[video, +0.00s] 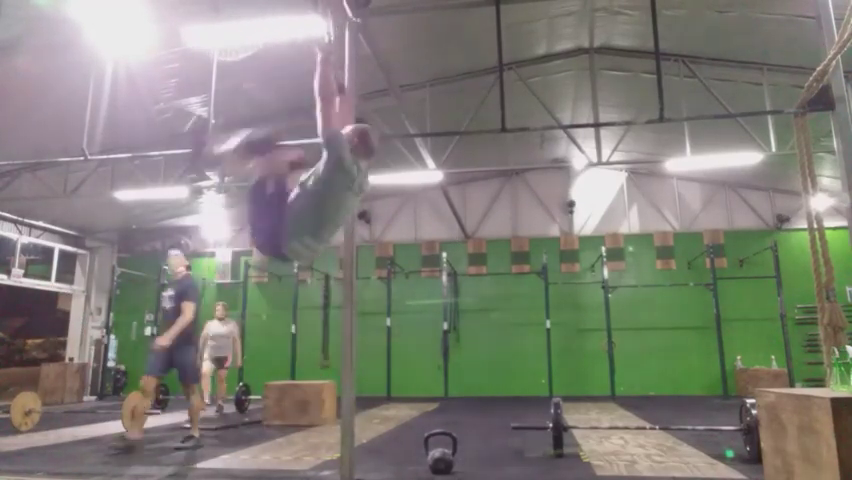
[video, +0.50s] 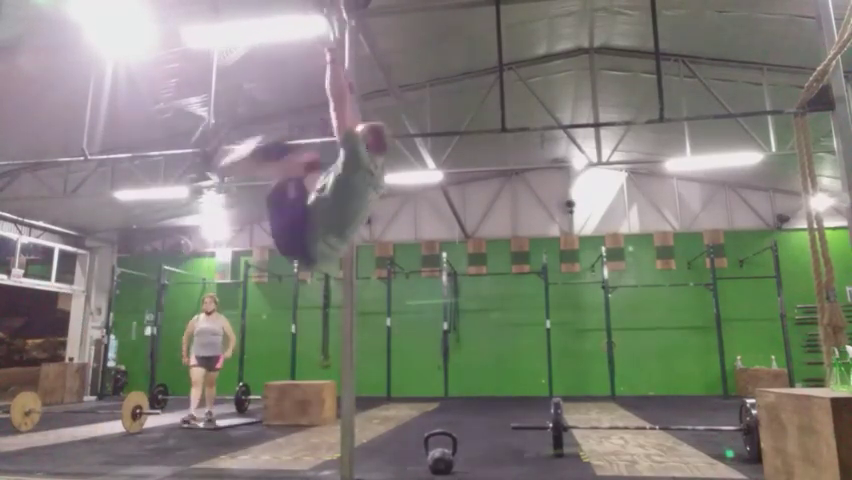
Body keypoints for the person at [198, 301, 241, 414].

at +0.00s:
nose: (219, 312)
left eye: (221, 310)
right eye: (217, 310)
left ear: (225, 312)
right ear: (215, 311)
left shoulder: (232, 325)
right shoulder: (209, 324)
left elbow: (236, 342)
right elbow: (202, 340)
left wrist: (238, 358)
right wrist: (199, 355)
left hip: (225, 355)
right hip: (210, 354)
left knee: (221, 378)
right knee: (205, 372)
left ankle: (220, 401)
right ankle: (206, 398)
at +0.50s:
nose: (207, 305)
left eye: (210, 303)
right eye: (205, 303)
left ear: (215, 305)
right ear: (202, 305)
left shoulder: (221, 319)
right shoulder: (197, 319)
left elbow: (232, 337)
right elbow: (186, 335)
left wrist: (229, 351)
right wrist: (185, 355)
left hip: (215, 355)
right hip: (198, 355)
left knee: (211, 384)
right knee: (196, 383)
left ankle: (209, 411)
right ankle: (192, 412)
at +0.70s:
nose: (205, 296)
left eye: (208, 294)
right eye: (203, 293)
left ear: (213, 297)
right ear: (198, 296)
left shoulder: (218, 314)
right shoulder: (189, 313)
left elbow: (224, 336)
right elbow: (180, 335)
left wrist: (227, 354)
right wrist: (179, 356)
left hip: (210, 353)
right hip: (188, 354)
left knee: (205, 383)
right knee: (181, 387)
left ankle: (204, 419)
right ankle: (188, 405)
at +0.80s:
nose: (198, 293)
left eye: (202, 290)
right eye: (196, 290)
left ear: (209, 293)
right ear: (193, 292)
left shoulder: (215, 309)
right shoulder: (186, 309)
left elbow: (225, 329)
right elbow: (177, 331)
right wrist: (168, 352)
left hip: (207, 350)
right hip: (185, 350)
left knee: (203, 384)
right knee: (177, 381)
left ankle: (204, 420)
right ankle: (181, 419)